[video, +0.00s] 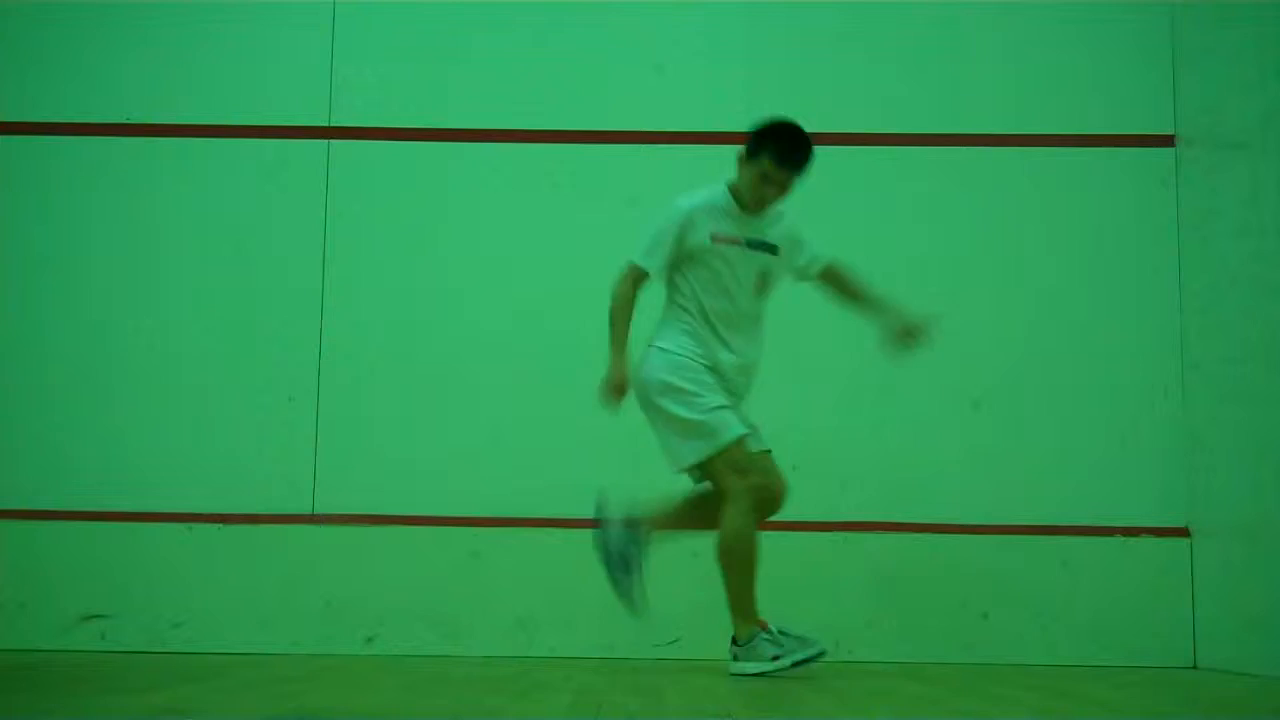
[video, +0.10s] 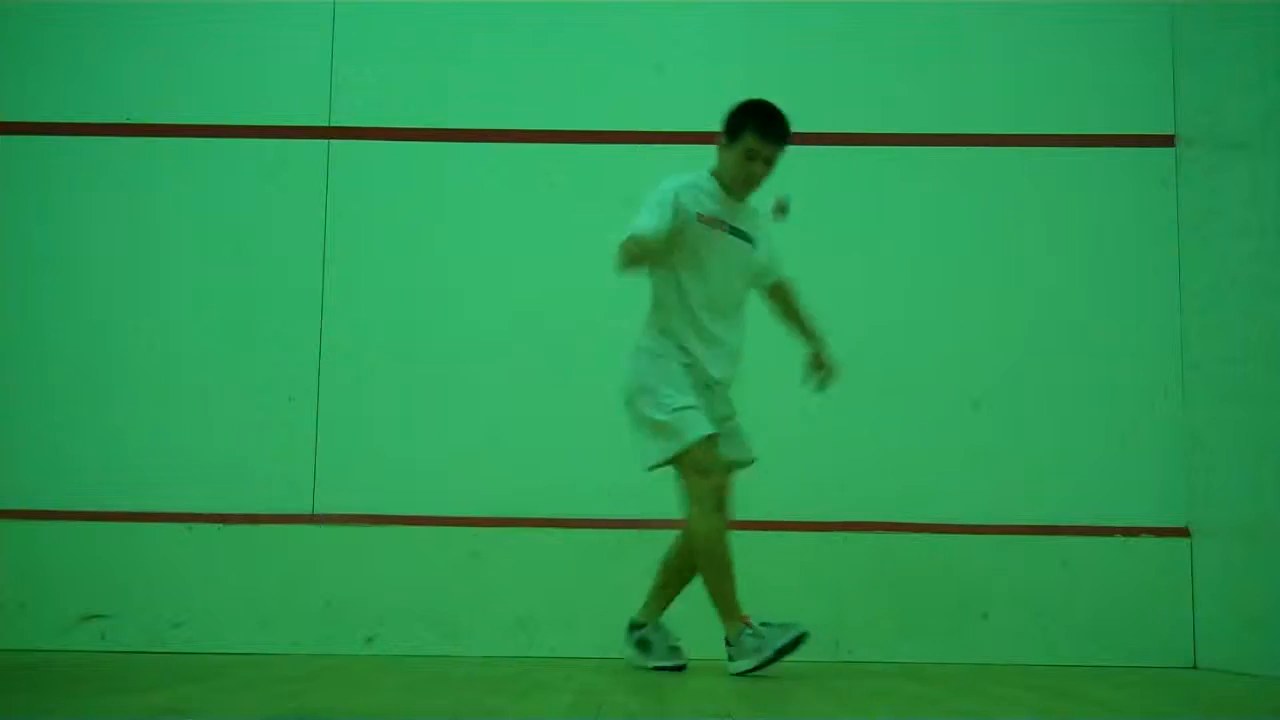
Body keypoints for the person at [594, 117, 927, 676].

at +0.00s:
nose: (774, 192)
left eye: (785, 184)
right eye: (768, 178)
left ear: (794, 183)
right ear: (744, 161)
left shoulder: (783, 230)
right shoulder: (693, 214)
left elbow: (830, 276)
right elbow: (629, 280)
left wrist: (891, 316)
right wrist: (617, 362)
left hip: (726, 382)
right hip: (676, 372)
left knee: (766, 493)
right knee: (745, 483)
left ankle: (633, 525)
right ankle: (748, 636)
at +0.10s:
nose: (757, 172)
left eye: (768, 163)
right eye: (750, 156)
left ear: (774, 164)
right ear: (722, 145)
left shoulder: (755, 225)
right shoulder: (681, 195)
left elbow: (775, 288)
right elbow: (628, 255)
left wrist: (813, 342)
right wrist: (664, 246)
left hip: (714, 378)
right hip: (665, 366)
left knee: (712, 512)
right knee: (705, 482)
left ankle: (645, 624)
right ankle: (738, 632)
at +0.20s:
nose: (736, 161)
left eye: (745, 153)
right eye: (730, 147)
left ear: (752, 155)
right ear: (700, 138)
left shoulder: (717, 225)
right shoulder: (664, 190)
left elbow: (734, 299)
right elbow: (694, 190)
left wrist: (775, 353)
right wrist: (767, 147)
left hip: (694, 383)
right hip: (643, 369)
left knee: (687, 514)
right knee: (687, 481)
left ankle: (637, 630)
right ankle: (720, 623)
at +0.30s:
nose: (721, 150)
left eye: (730, 141)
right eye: (713, 135)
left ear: (733, 147)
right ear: (683, 131)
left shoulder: (705, 224)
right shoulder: (653, 182)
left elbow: (697, 302)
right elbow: (713, 183)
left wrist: (734, 351)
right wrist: (787, 172)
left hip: (681, 368)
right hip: (632, 354)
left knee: (674, 491)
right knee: (664, 471)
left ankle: (637, 629)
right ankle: (658, 615)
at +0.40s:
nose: (707, 145)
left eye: (716, 137)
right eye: (699, 130)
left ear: (720, 143)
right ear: (669, 126)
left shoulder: (688, 204)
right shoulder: (643, 176)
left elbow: (672, 300)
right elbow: (669, 217)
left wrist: (693, 361)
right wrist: (743, 236)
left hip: (674, 365)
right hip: (627, 352)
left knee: (665, 493)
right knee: (646, 472)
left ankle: (637, 625)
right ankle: (610, 620)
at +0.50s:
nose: (695, 140)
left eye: (704, 131)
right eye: (686, 127)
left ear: (709, 139)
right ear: (657, 125)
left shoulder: (684, 206)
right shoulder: (633, 179)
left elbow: (671, 281)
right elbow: (623, 256)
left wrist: (679, 341)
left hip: (672, 373)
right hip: (623, 362)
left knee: (658, 498)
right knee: (616, 484)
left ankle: (637, 630)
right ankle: (586, 629)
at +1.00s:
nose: (670, 140)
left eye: (682, 128)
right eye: (659, 127)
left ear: (698, 125)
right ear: (639, 122)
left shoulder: (723, 185)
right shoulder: (608, 177)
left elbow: (731, 264)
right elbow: (573, 265)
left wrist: (734, 330)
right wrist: (594, 331)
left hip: (690, 372)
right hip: (616, 367)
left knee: (716, 495)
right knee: (594, 491)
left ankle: (721, 633)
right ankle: (578, 631)